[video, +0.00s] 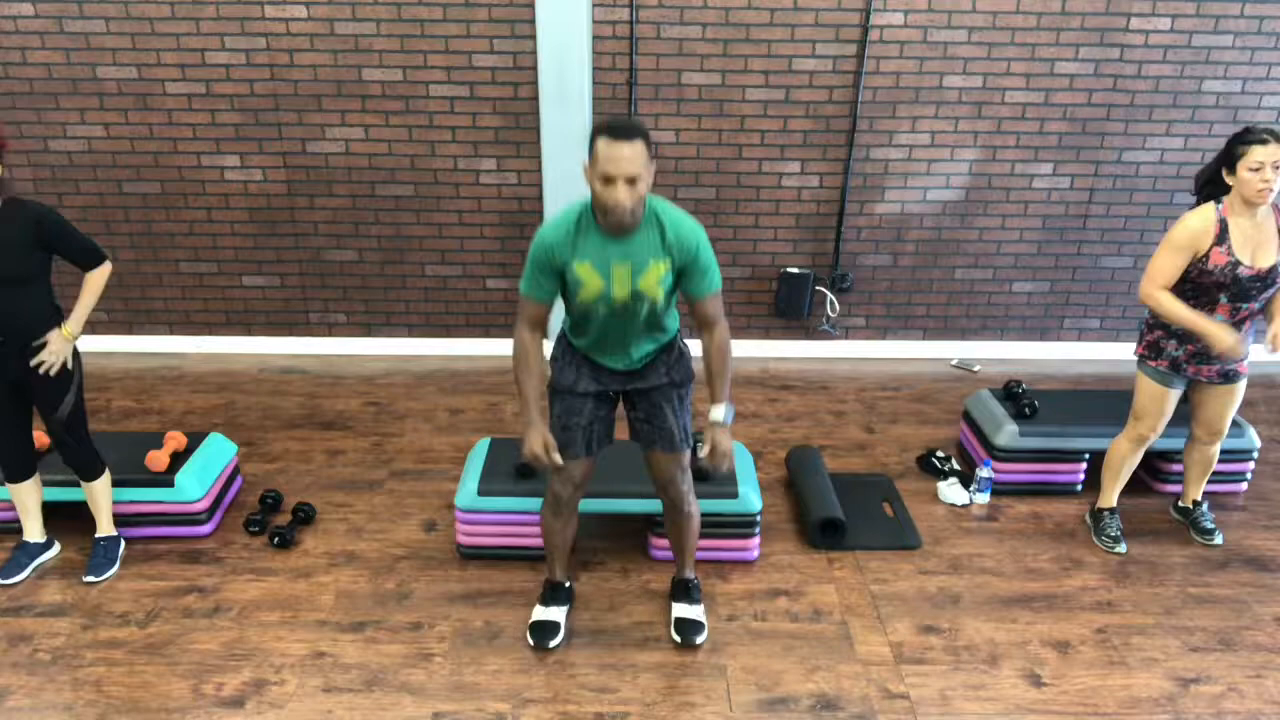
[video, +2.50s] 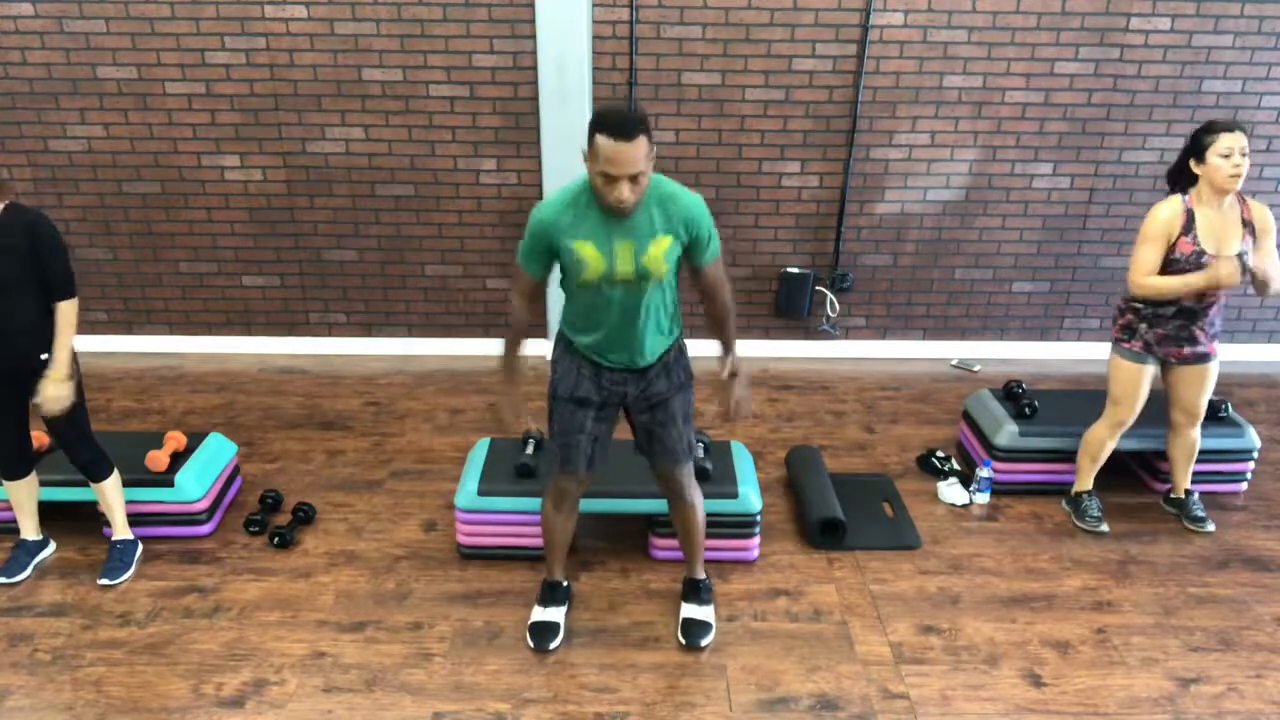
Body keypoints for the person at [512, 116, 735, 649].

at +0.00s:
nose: (621, 195)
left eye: (633, 181)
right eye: (608, 181)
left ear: (650, 176)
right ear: (589, 175)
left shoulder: (683, 237)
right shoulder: (555, 240)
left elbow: (714, 326)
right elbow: (529, 329)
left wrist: (718, 417)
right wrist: (533, 421)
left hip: (658, 360)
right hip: (582, 361)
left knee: (674, 480)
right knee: (564, 481)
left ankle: (686, 582)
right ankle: (556, 586)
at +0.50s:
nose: (618, 165)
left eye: (630, 151)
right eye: (605, 151)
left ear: (647, 141)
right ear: (584, 141)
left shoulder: (681, 198)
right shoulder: (550, 207)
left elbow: (710, 263)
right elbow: (520, 275)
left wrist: (724, 323)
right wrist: (501, 346)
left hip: (657, 366)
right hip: (579, 364)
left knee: (675, 477)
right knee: (565, 481)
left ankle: (693, 582)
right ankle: (556, 586)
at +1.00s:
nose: (621, 354)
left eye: (633, 339)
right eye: (608, 340)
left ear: (649, 321)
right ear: (591, 323)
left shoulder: (680, 341)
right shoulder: (565, 350)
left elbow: (699, 435)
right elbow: (560, 452)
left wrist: (678, 463)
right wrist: (583, 468)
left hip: (659, 413)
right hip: (591, 413)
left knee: (688, 499)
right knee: (558, 505)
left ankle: (695, 586)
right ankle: (554, 589)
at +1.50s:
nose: (626, 357)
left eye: (637, 343)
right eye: (613, 342)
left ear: (655, 333)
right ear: (594, 331)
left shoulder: (681, 371)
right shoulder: (565, 374)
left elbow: (708, 473)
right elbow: (547, 474)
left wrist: (682, 477)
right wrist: (580, 476)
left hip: (660, 437)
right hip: (590, 440)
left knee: (686, 513)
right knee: (559, 513)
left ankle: (696, 590)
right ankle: (554, 591)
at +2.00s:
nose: (619, 180)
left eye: (631, 166)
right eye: (605, 166)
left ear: (649, 150)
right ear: (585, 151)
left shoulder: (678, 197)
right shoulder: (550, 203)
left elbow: (728, 256)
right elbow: (502, 266)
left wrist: (758, 315)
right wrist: (474, 329)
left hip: (658, 366)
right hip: (580, 364)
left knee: (676, 478)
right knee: (564, 480)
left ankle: (696, 582)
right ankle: (556, 585)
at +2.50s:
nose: (623, 192)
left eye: (635, 177)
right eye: (609, 178)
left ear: (652, 161)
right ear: (587, 162)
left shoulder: (685, 211)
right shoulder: (551, 220)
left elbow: (715, 286)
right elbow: (525, 296)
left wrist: (732, 360)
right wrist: (510, 368)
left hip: (660, 364)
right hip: (583, 364)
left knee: (677, 477)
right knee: (566, 481)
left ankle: (697, 583)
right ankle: (553, 586)